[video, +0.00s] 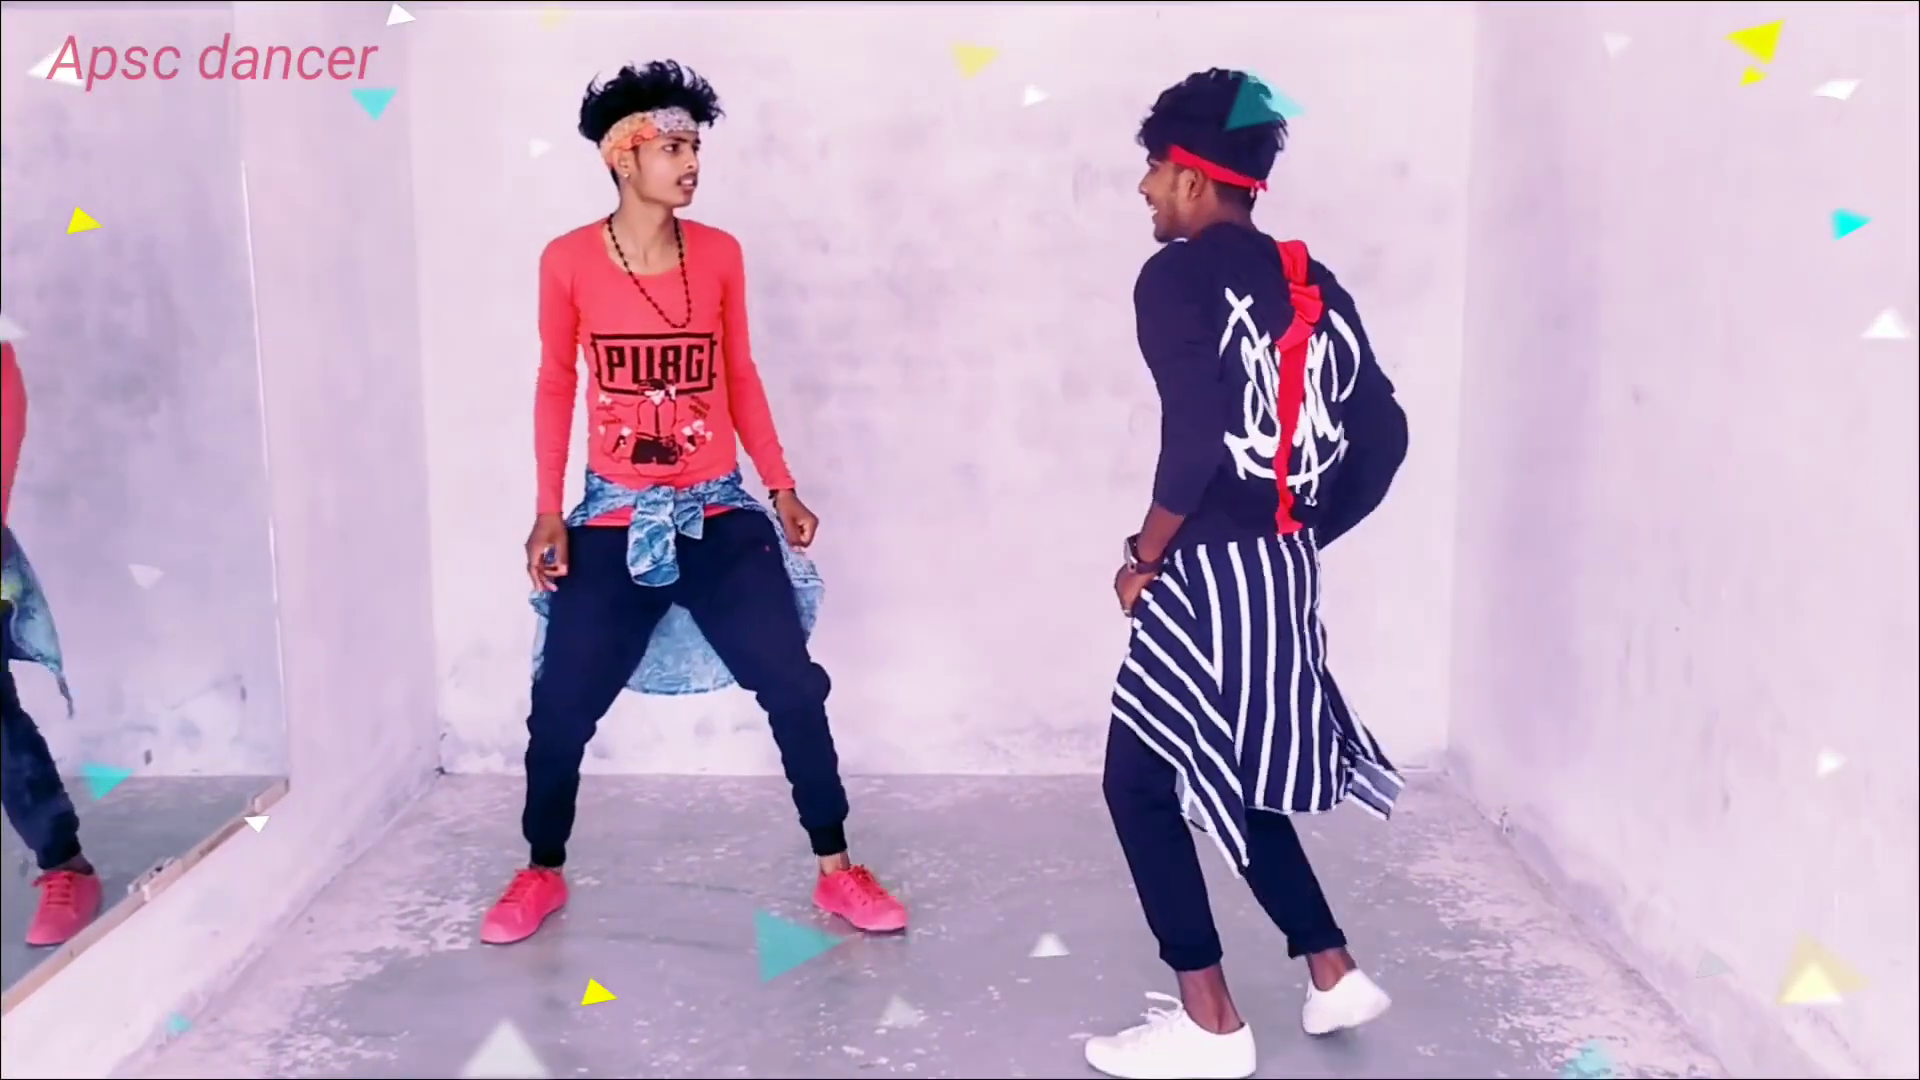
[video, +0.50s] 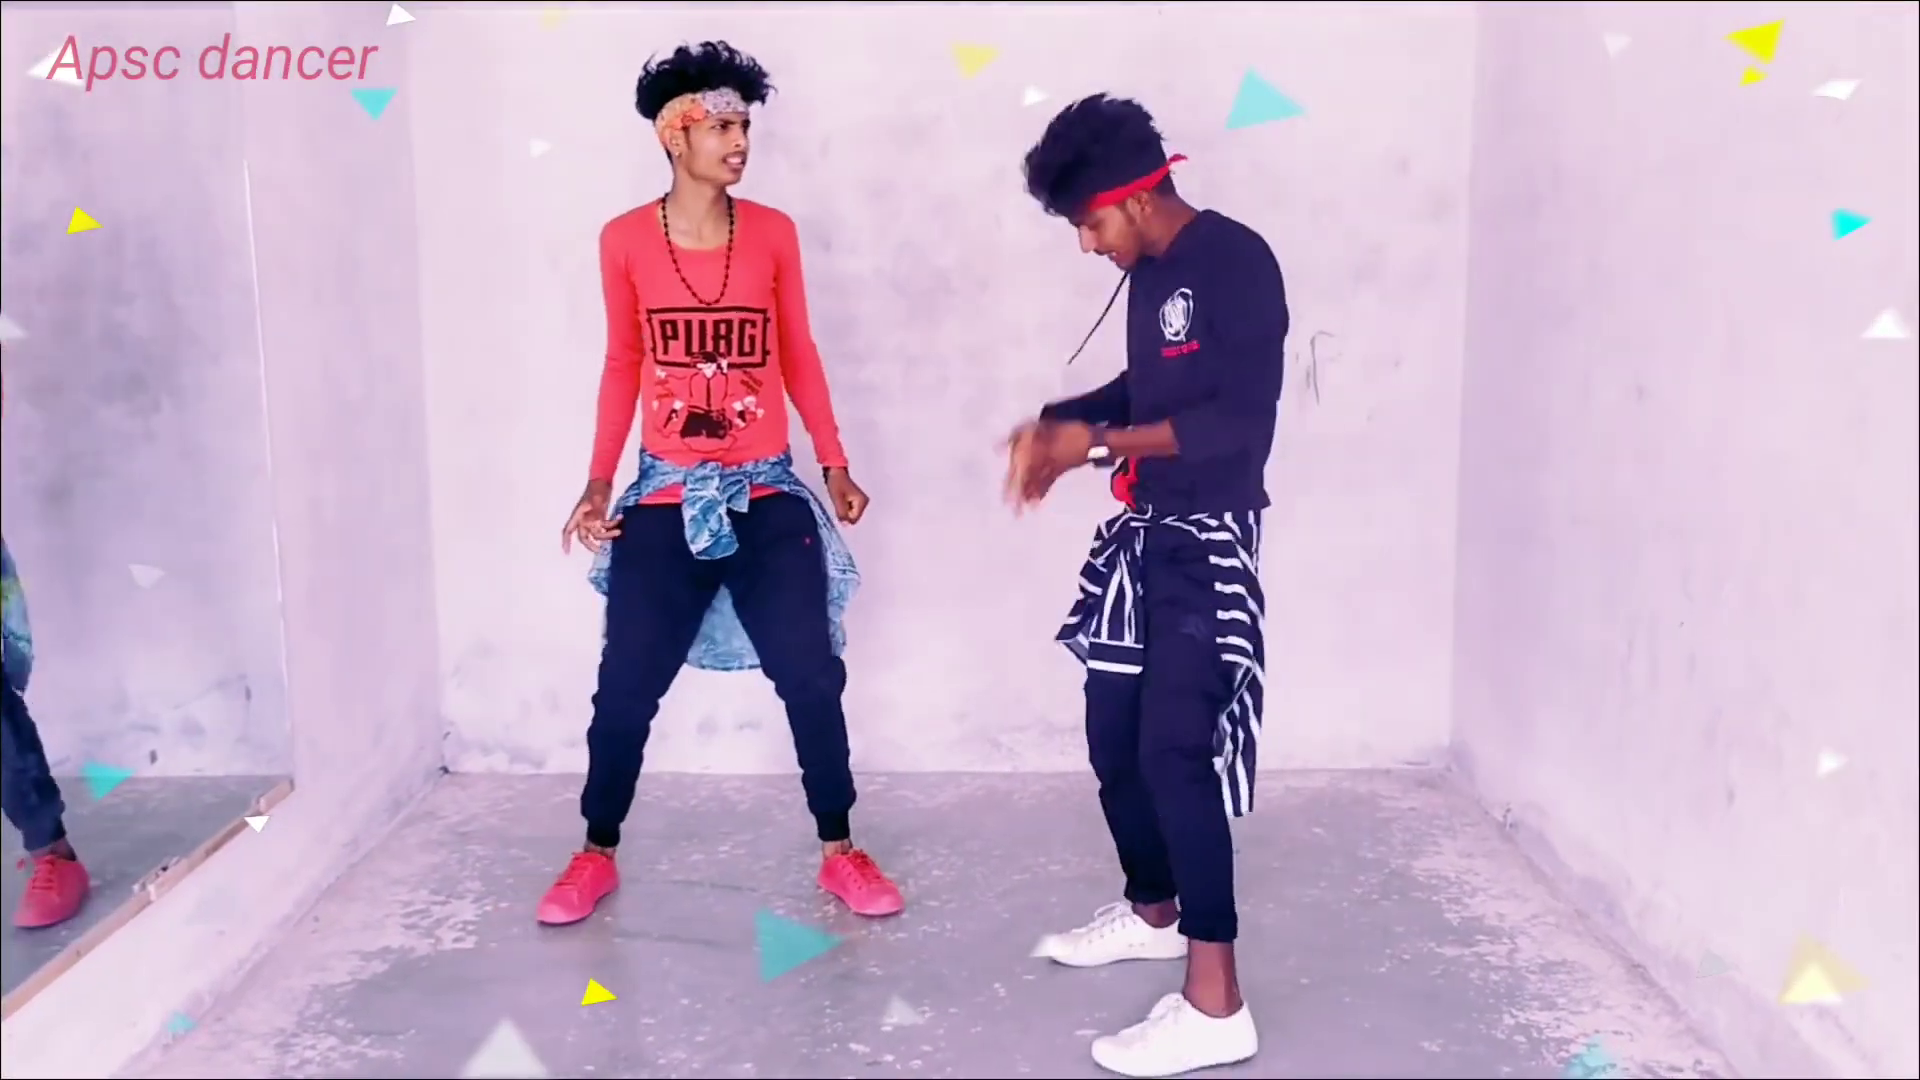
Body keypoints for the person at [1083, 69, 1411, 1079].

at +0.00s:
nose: (1143, 186)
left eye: (1154, 168)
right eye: (1148, 166)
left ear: (1194, 174)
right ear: (1236, 177)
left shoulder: (1173, 275)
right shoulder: (1312, 279)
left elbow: (1197, 427)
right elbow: (1380, 436)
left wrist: (1148, 547)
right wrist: (1301, 527)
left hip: (1206, 562)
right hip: (1284, 563)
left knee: (1136, 783)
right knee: (1236, 775)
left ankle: (1209, 1020)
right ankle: (1333, 975)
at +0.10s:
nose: (1120, 183)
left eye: (1128, 164)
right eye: (1124, 163)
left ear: (1167, 168)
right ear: (1211, 168)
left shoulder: (1185, 264)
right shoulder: (1282, 265)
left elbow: (1205, 435)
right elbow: (1339, 429)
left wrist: (1142, 545)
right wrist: (1269, 512)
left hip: (1196, 551)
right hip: (1256, 548)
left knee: (1140, 773)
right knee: (1192, 752)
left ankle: (1209, 1018)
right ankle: (1293, 934)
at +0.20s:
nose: (1103, 180)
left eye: (1110, 161)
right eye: (1106, 161)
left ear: (1147, 164)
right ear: (1188, 164)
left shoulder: (1197, 259)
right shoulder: (1240, 254)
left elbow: (1239, 423)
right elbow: (1300, 423)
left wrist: (1152, 540)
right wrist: (1222, 512)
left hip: (1195, 547)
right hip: (1220, 542)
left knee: (1142, 757)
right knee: (1161, 738)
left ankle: (1211, 1020)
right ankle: (1225, 922)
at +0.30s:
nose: (1094, 183)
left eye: (1099, 163)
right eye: (1096, 163)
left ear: (1138, 165)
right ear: (1164, 164)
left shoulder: (1206, 260)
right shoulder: (1181, 257)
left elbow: (1265, 418)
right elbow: (1181, 416)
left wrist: (1163, 536)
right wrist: (1136, 526)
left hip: (1195, 550)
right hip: (1164, 543)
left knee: (1158, 756)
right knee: (1139, 741)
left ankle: (1218, 1017)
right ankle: (1161, 915)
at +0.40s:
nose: (1083, 200)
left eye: (1089, 179)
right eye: (1082, 180)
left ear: (1133, 171)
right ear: (1140, 169)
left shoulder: (1216, 263)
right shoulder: (1167, 268)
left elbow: (1283, 408)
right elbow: (1181, 411)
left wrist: (1152, 494)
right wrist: (1112, 451)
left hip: (1196, 553)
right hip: (1147, 543)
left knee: (1161, 770)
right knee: (1120, 743)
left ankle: (1218, 1016)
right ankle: (1153, 914)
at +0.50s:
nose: (1086, 242)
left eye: (1086, 221)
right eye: (1077, 226)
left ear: (1134, 191)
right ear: (1128, 194)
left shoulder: (1234, 260)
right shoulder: (1150, 269)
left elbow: (1236, 427)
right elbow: (1146, 390)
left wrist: (1095, 442)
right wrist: (1059, 421)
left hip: (1207, 547)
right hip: (1140, 539)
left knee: (1176, 755)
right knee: (1114, 744)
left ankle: (1215, 1001)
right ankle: (1156, 913)